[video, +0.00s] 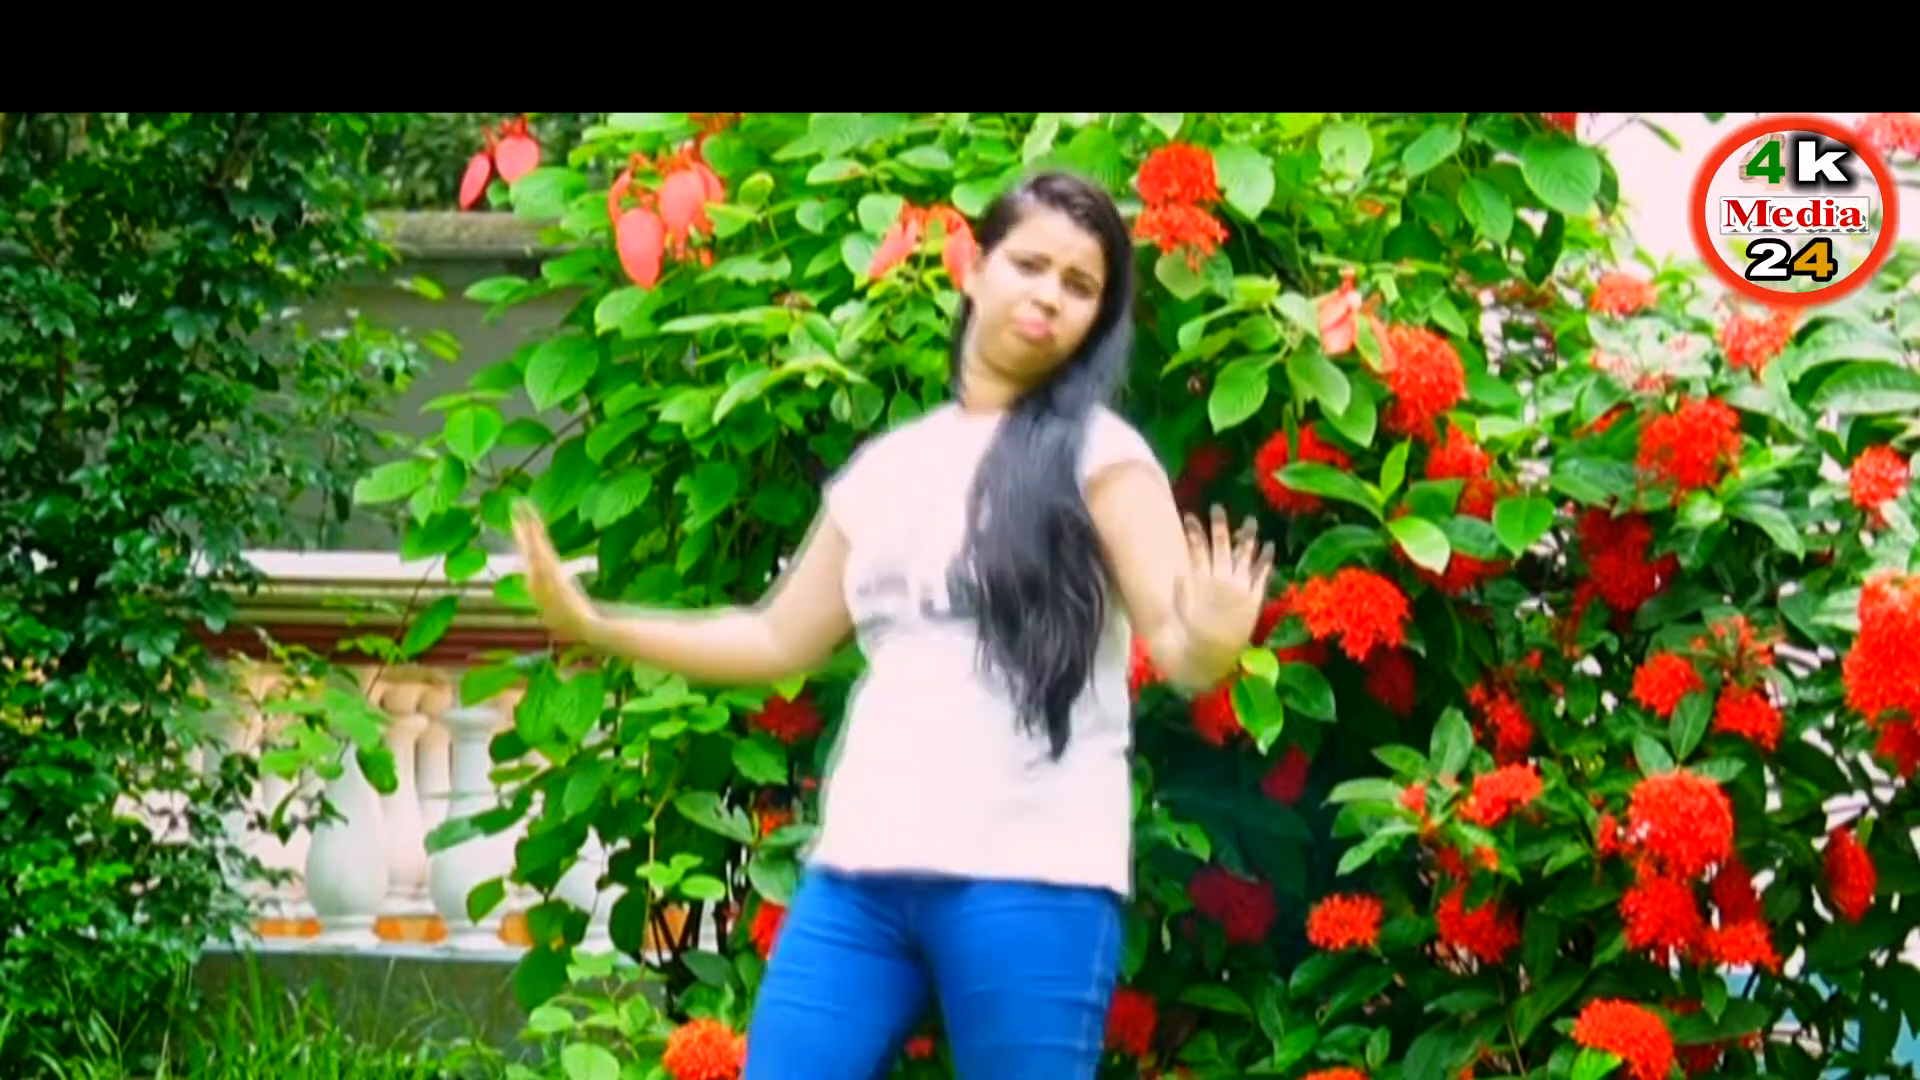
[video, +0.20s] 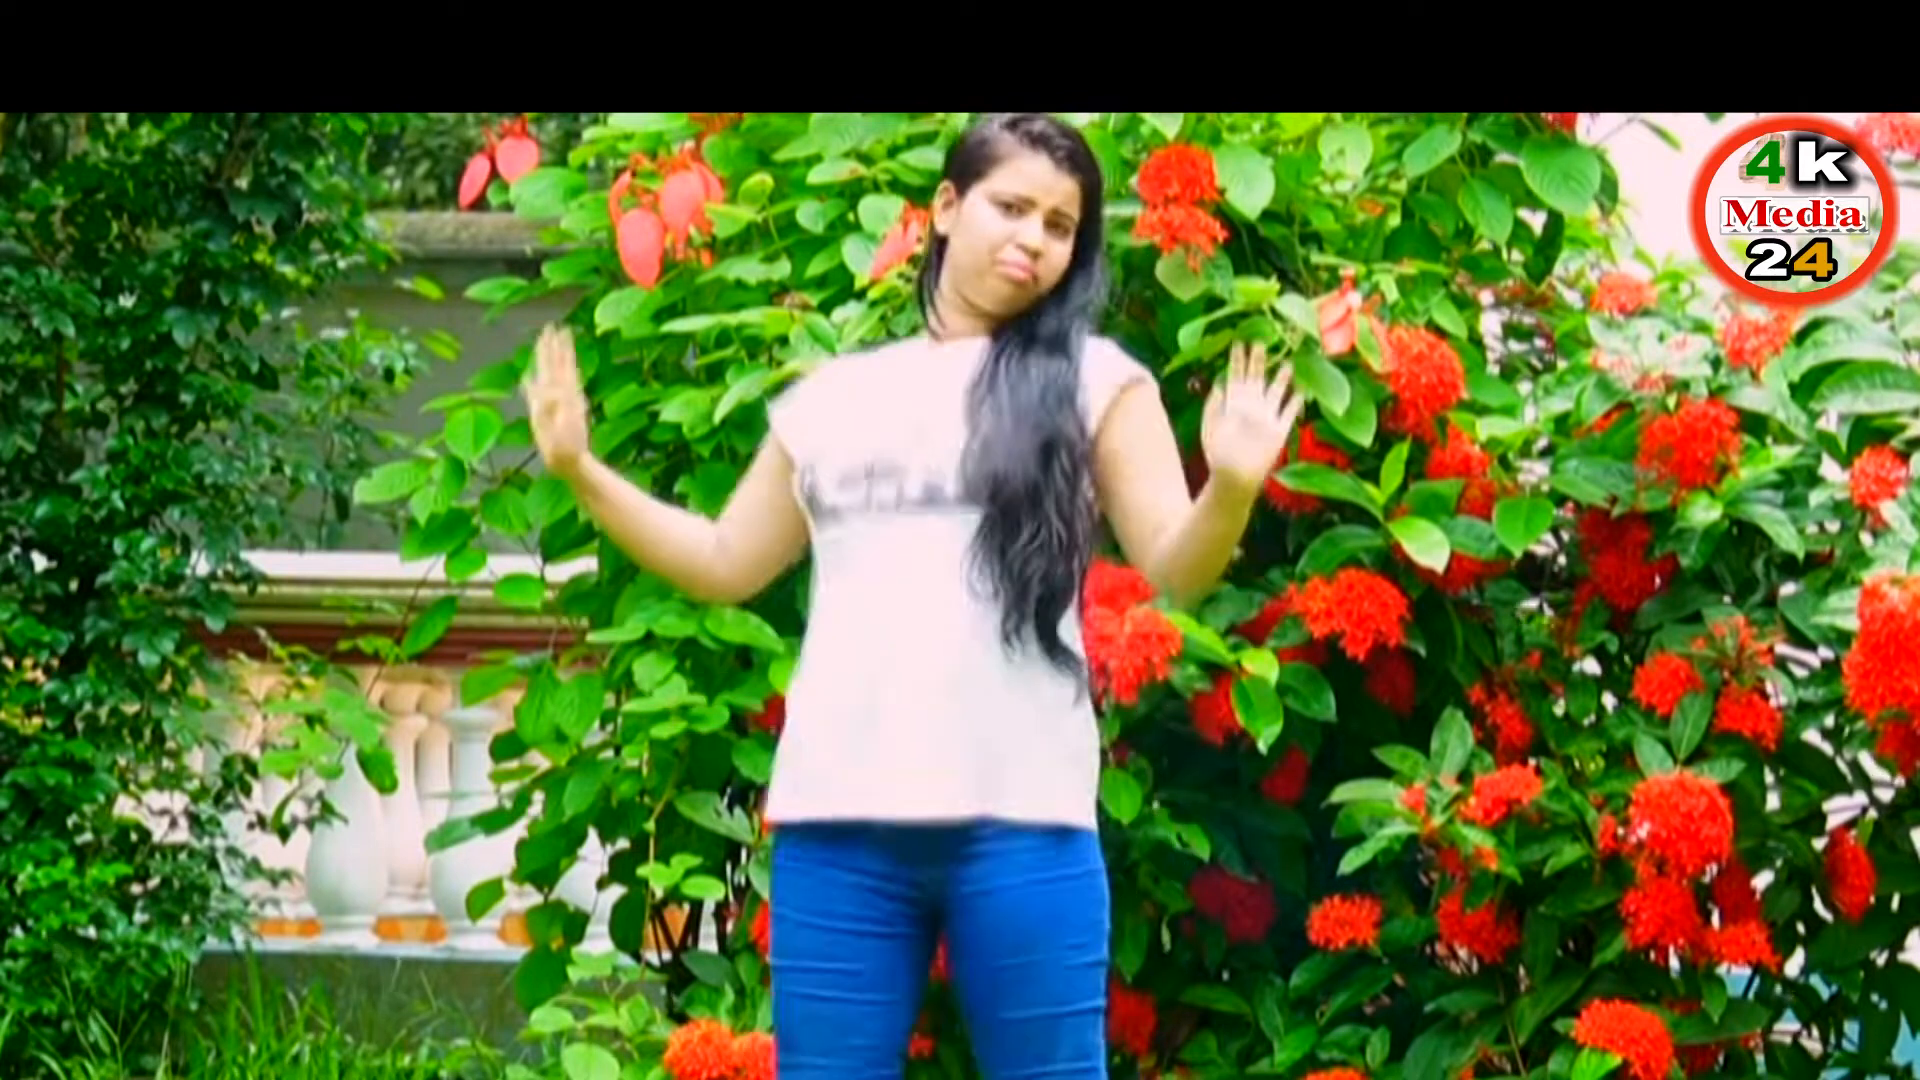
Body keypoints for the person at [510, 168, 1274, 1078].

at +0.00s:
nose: (1048, 299)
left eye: (1079, 285)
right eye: (1029, 265)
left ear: (1097, 317)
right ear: (975, 267)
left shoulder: (1100, 450)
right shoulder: (887, 465)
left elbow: (1179, 651)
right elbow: (778, 641)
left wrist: (1214, 643)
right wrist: (591, 624)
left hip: (1032, 879)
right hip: (858, 866)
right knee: (779, 1068)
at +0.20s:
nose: (1032, 240)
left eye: (1057, 225)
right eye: (1011, 207)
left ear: (1076, 254)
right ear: (947, 208)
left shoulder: (1095, 381)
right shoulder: (831, 394)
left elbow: (1172, 574)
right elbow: (723, 564)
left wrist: (1233, 489)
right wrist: (578, 468)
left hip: (1028, 829)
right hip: (836, 826)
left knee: (1053, 1071)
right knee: (823, 1071)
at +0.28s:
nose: (1027, 241)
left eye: (1052, 225)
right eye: (1006, 209)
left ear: (1070, 252)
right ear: (941, 210)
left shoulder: (1096, 402)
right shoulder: (825, 395)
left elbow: (1164, 585)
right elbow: (713, 563)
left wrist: (1230, 481)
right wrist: (572, 455)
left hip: (1032, 837)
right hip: (839, 831)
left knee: (1067, 1079)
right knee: (825, 1079)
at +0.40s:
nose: (1029, 246)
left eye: (1056, 229)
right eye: (1008, 212)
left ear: (1074, 252)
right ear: (943, 212)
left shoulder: (1114, 402)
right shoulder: (837, 397)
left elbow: (1177, 588)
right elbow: (704, 559)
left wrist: (1253, 497)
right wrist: (557, 460)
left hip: (1037, 840)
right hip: (847, 827)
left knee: (1054, 1071)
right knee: (825, 1074)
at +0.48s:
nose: (1036, 251)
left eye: (1062, 234)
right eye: (1014, 219)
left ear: (1080, 258)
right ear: (949, 221)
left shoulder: (1118, 401)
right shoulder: (846, 406)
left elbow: (1203, 587)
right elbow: (713, 558)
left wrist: (1270, 502)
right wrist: (575, 456)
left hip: (1040, 843)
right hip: (847, 831)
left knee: (1053, 1072)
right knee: (823, 1074)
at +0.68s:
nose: (1062, 268)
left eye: (1089, 249)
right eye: (1038, 237)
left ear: (1112, 274)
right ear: (982, 242)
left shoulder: (1139, 421)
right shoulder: (890, 428)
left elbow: (1231, 617)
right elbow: (786, 587)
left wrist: (1296, 511)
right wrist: (633, 510)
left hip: (1074, 864)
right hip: (898, 861)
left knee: (1064, 1077)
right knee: (819, 1075)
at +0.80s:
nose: (1069, 281)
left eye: (1100, 261)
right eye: (1047, 250)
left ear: (1128, 284)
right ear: (994, 259)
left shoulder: (1152, 426)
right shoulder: (928, 443)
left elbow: (1246, 604)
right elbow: (798, 580)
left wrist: (1305, 535)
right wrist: (620, 539)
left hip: (1082, 859)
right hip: (921, 851)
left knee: (1050, 1072)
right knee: (829, 1071)